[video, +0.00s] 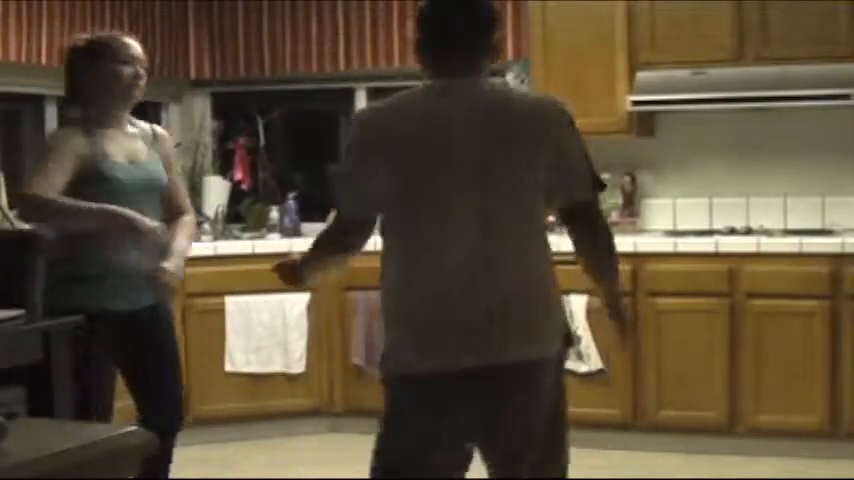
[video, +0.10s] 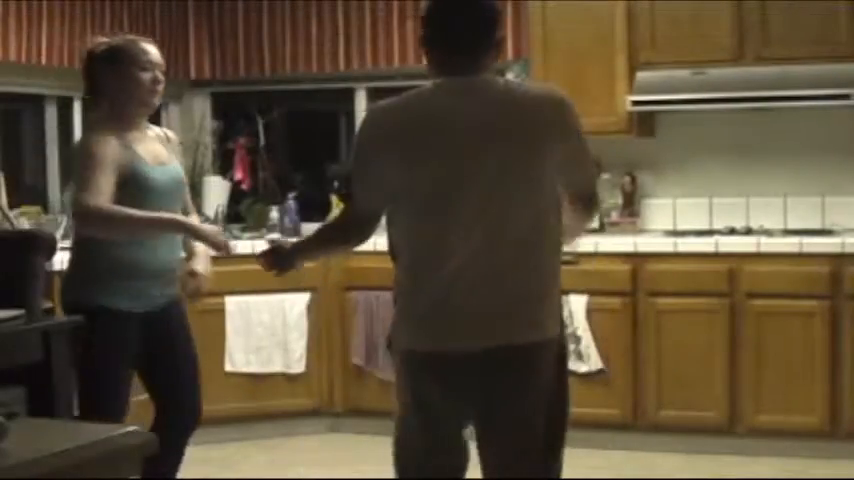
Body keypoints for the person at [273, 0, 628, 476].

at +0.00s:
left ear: (420, 47)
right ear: (494, 45)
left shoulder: (380, 125)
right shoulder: (542, 118)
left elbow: (350, 227)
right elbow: (585, 221)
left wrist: (305, 268)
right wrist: (612, 293)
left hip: (425, 364)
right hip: (525, 362)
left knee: (407, 473)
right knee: (533, 472)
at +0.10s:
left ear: (426, 46)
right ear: (498, 44)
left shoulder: (387, 123)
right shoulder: (547, 110)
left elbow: (356, 223)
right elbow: (583, 204)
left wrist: (294, 253)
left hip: (430, 351)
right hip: (527, 351)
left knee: (426, 472)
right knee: (524, 472)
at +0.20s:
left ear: (434, 50)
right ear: (501, 48)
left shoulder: (396, 123)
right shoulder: (547, 110)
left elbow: (365, 219)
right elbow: (581, 181)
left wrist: (296, 240)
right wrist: (545, 199)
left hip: (434, 338)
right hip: (527, 333)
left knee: (439, 469)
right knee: (522, 471)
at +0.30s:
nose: (439, 59)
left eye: (439, 51)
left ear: (439, 57)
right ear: (505, 57)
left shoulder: (403, 129)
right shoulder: (547, 121)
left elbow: (370, 223)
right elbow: (565, 196)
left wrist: (304, 237)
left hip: (434, 336)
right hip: (524, 332)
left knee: (431, 466)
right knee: (530, 456)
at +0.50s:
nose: (517, 62)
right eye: (519, 55)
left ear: (460, 57)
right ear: (520, 56)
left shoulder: (419, 119)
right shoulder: (557, 116)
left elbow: (392, 214)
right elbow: (588, 209)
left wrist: (324, 241)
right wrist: (552, 221)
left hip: (440, 319)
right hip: (525, 318)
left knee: (433, 456)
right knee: (541, 439)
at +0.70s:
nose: (545, 74)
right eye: (547, 66)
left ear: (493, 70)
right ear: (548, 67)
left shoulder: (457, 132)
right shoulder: (589, 126)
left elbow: (434, 221)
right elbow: (621, 207)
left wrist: (367, 221)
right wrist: (585, 227)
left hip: (473, 318)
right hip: (551, 318)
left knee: (449, 440)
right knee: (555, 437)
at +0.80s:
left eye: (512, 69)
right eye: (568, 69)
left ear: (514, 71)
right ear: (567, 70)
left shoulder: (484, 135)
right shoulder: (609, 127)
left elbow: (453, 217)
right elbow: (637, 205)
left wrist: (390, 188)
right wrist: (599, 209)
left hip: (501, 313)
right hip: (576, 314)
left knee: (452, 418)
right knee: (567, 434)